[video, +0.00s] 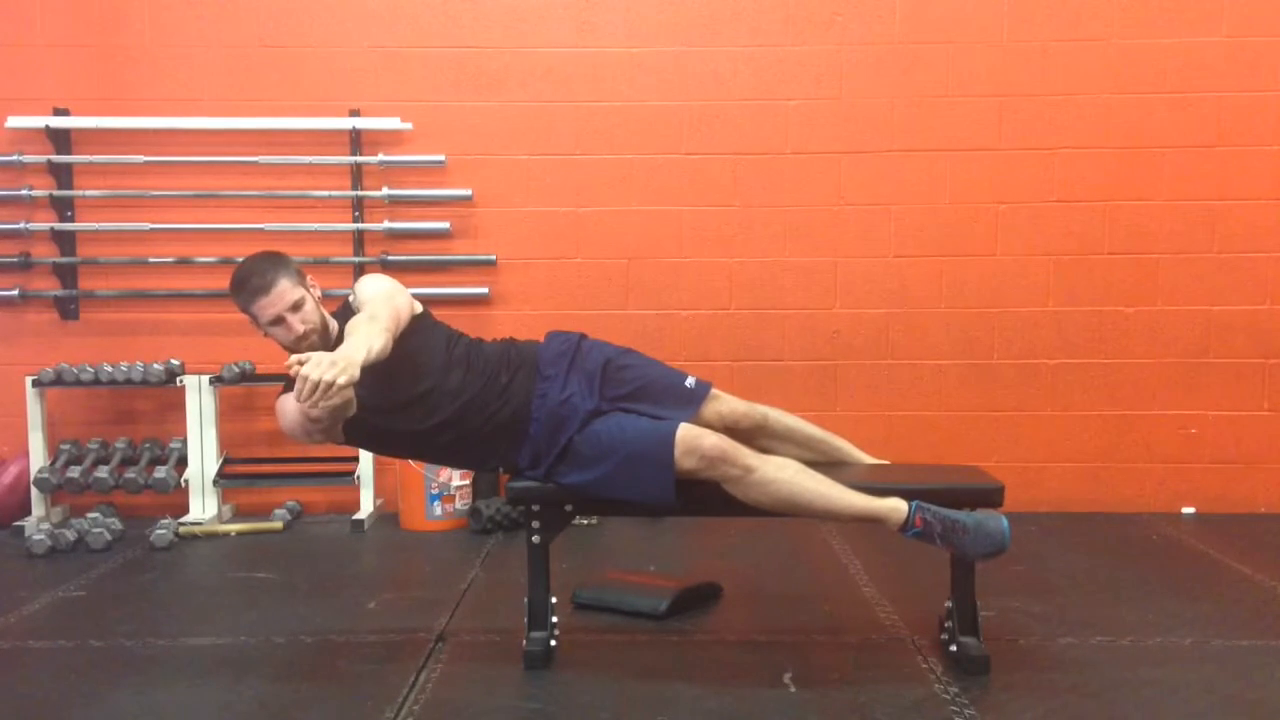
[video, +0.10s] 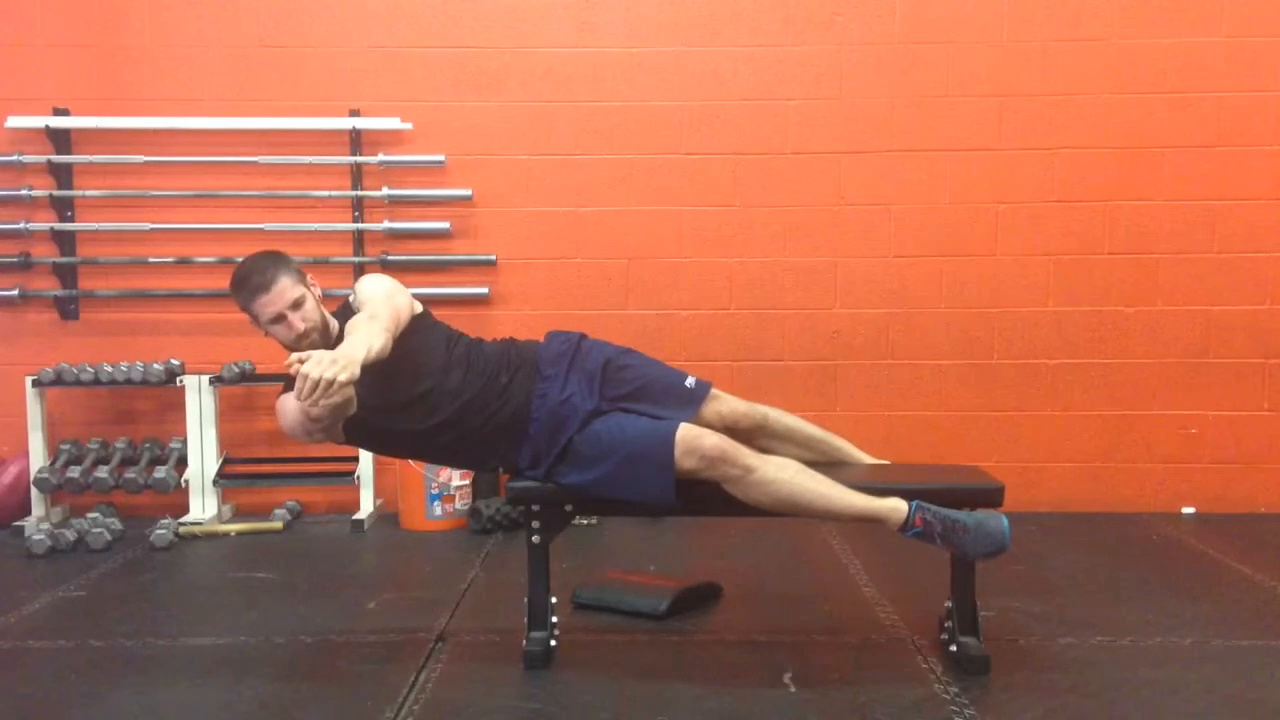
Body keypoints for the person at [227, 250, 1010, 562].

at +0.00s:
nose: (295, 327)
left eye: (294, 307)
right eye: (275, 326)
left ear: (312, 284)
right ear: (260, 337)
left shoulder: (368, 293)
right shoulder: (301, 400)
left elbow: (385, 321)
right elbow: (323, 420)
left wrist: (345, 360)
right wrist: (328, 399)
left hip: (568, 365)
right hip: (548, 446)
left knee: (737, 415)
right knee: (708, 454)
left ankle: (909, 491)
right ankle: (912, 520)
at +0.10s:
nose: (296, 325)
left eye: (295, 305)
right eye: (276, 324)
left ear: (312, 283)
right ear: (261, 336)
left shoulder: (367, 293)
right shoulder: (301, 400)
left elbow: (386, 320)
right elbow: (323, 418)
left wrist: (344, 358)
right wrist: (329, 395)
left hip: (567, 365)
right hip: (547, 446)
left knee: (735, 415)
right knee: (710, 454)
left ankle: (906, 491)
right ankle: (913, 520)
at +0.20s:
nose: (297, 324)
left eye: (296, 304)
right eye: (277, 322)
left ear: (313, 282)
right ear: (261, 335)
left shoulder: (367, 293)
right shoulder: (300, 402)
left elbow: (387, 317)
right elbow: (322, 419)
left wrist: (346, 357)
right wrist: (329, 393)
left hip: (566, 365)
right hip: (547, 446)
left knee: (735, 414)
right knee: (712, 456)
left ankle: (905, 492)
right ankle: (914, 520)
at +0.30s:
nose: (297, 322)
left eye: (296, 303)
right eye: (277, 321)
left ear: (313, 282)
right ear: (261, 333)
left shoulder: (367, 293)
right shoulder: (301, 401)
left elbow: (387, 318)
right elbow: (321, 419)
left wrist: (346, 354)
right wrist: (328, 390)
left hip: (566, 365)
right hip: (547, 446)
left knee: (734, 415)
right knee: (714, 457)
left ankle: (904, 490)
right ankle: (913, 520)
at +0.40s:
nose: (299, 320)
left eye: (297, 301)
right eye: (279, 319)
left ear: (314, 281)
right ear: (263, 333)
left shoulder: (368, 293)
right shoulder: (301, 400)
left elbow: (391, 317)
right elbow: (322, 419)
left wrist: (351, 351)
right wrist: (331, 390)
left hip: (567, 364)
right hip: (547, 445)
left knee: (734, 415)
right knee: (714, 457)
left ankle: (902, 490)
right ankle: (913, 519)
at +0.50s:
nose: (302, 314)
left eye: (302, 295)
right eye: (282, 313)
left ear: (316, 279)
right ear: (264, 329)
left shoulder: (372, 289)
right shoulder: (301, 405)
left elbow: (404, 317)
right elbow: (346, 419)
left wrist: (360, 352)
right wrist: (337, 373)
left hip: (567, 364)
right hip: (546, 445)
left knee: (737, 415)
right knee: (715, 457)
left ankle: (904, 489)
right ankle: (911, 518)